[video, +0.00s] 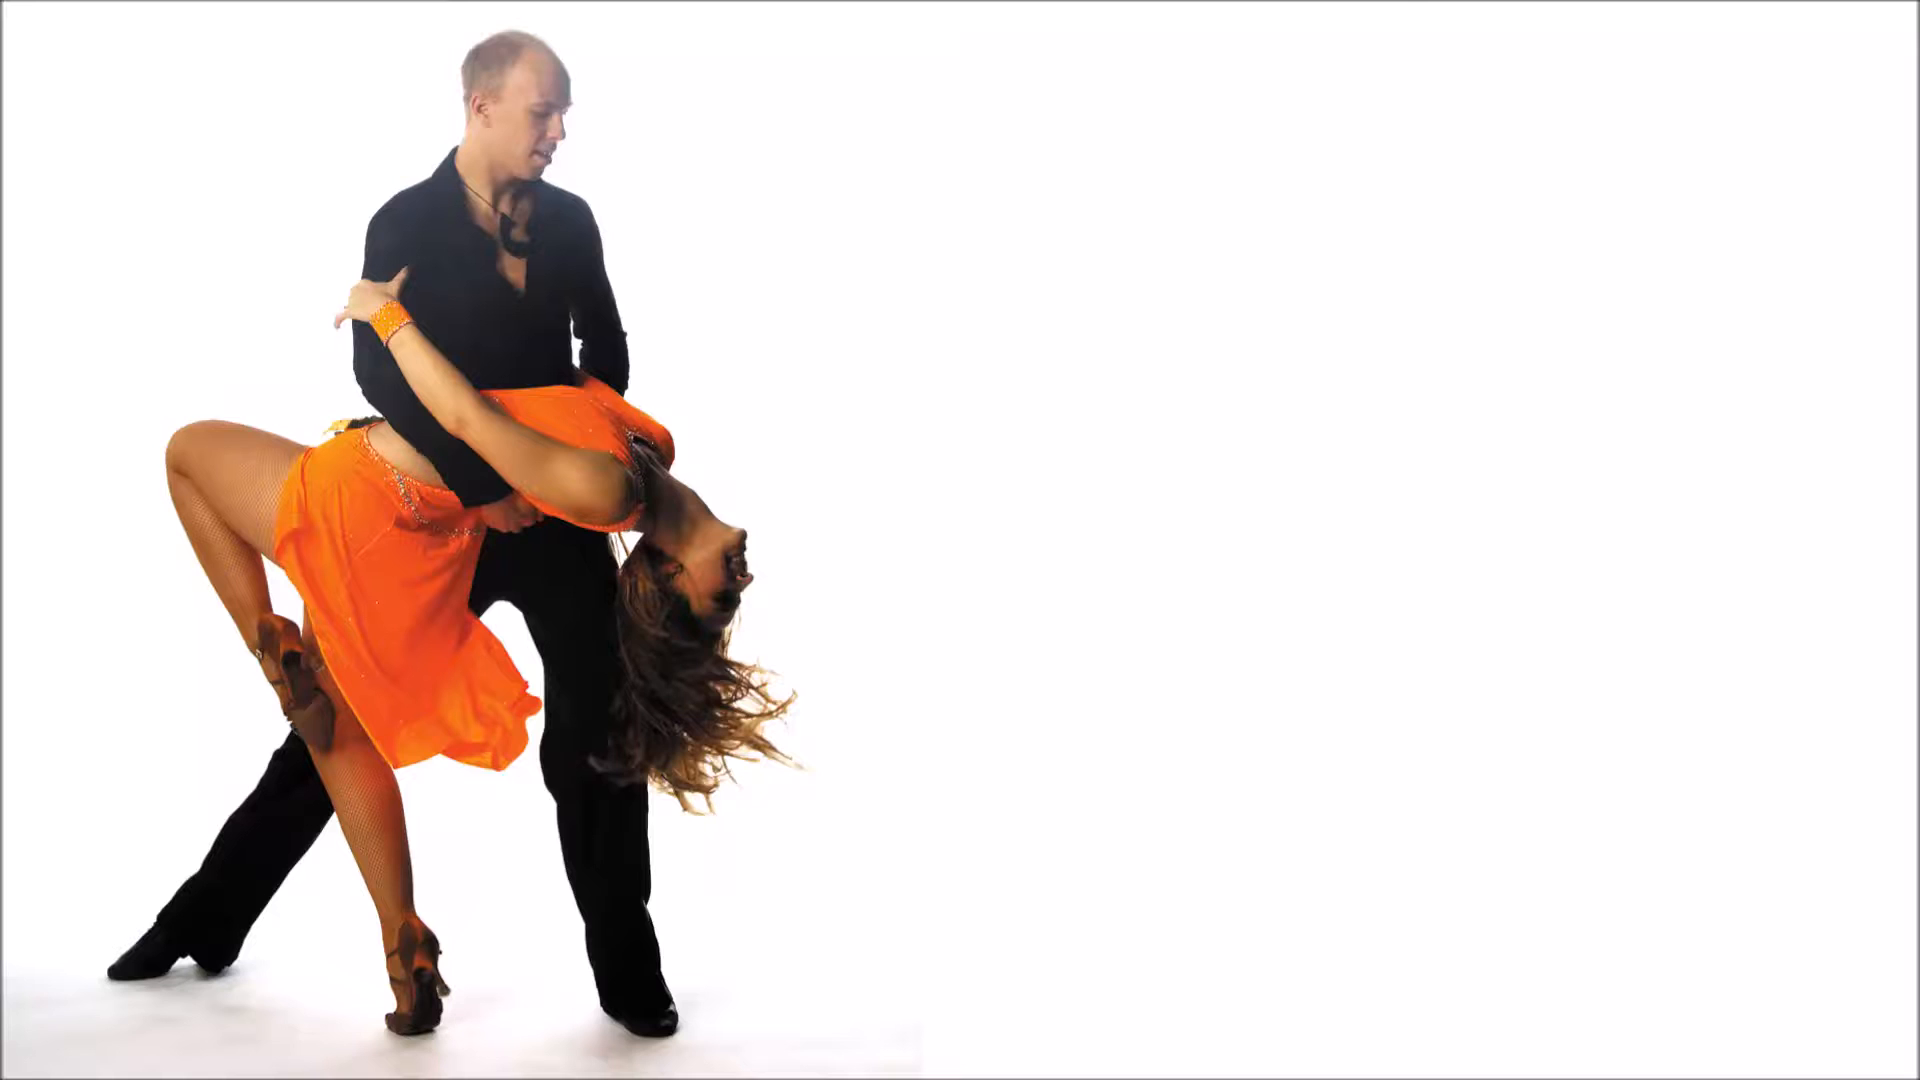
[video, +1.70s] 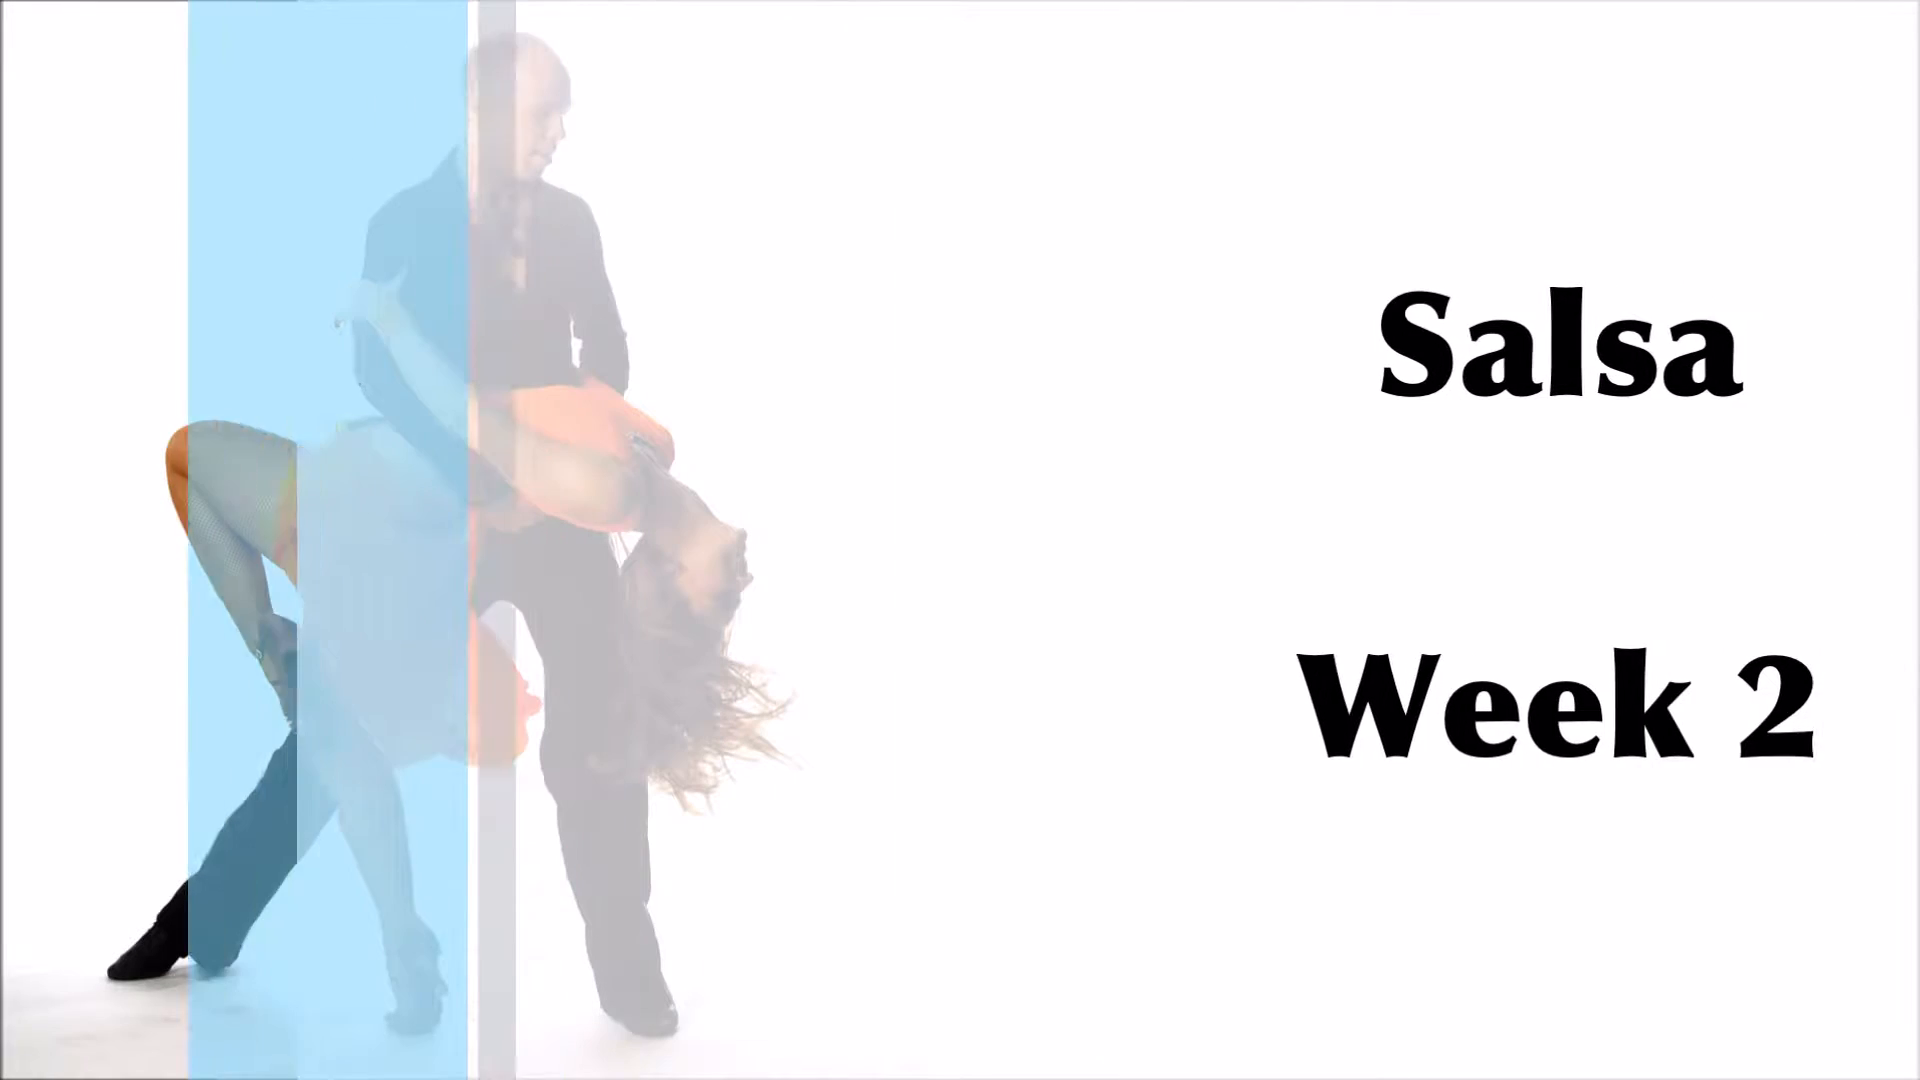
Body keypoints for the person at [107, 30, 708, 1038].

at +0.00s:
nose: (556, 135)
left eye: (563, 118)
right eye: (543, 114)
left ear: (553, 123)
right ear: (478, 107)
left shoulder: (567, 220)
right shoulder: (406, 224)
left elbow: (607, 358)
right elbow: (377, 371)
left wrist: (611, 479)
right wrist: (477, 485)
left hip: (553, 526)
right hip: (442, 523)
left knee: (598, 734)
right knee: (337, 723)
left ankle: (631, 975)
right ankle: (205, 925)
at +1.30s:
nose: (556, 134)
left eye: (561, 117)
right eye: (541, 115)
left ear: (550, 121)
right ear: (477, 111)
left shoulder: (570, 224)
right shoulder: (406, 226)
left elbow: (605, 374)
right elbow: (386, 379)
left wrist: (601, 487)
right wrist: (491, 490)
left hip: (553, 526)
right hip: (439, 520)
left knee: (589, 747)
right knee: (332, 730)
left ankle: (627, 975)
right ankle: (205, 922)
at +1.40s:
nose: (543, 132)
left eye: (547, 113)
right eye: (531, 110)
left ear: (522, 113)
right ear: (481, 108)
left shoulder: (552, 226)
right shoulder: (410, 226)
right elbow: (387, 378)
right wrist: (489, 482)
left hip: (515, 518)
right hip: (395, 510)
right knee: (342, 733)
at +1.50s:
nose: (535, 132)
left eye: (548, 112)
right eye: (517, 110)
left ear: (560, 119)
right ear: (476, 110)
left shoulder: (570, 224)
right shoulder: (407, 222)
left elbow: (604, 360)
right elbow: (383, 374)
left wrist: (603, 473)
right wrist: (469, 469)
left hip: (547, 518)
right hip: (436, 502)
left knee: (596, 727)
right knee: (349, 709)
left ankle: (625, 957)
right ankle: (208, 920)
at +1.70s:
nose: (550, 135)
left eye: (557, 115)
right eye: (535, 114)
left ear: (559, 121)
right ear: (482, 114)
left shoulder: (570, 225)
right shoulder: (411, 220)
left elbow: (604, 354)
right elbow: (380, 365)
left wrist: (606, 455)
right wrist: (471, 473)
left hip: (557, 522)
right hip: (449, 514)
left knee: (600, 727)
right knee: (345, 712)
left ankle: (627, 965)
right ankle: (202, 920)